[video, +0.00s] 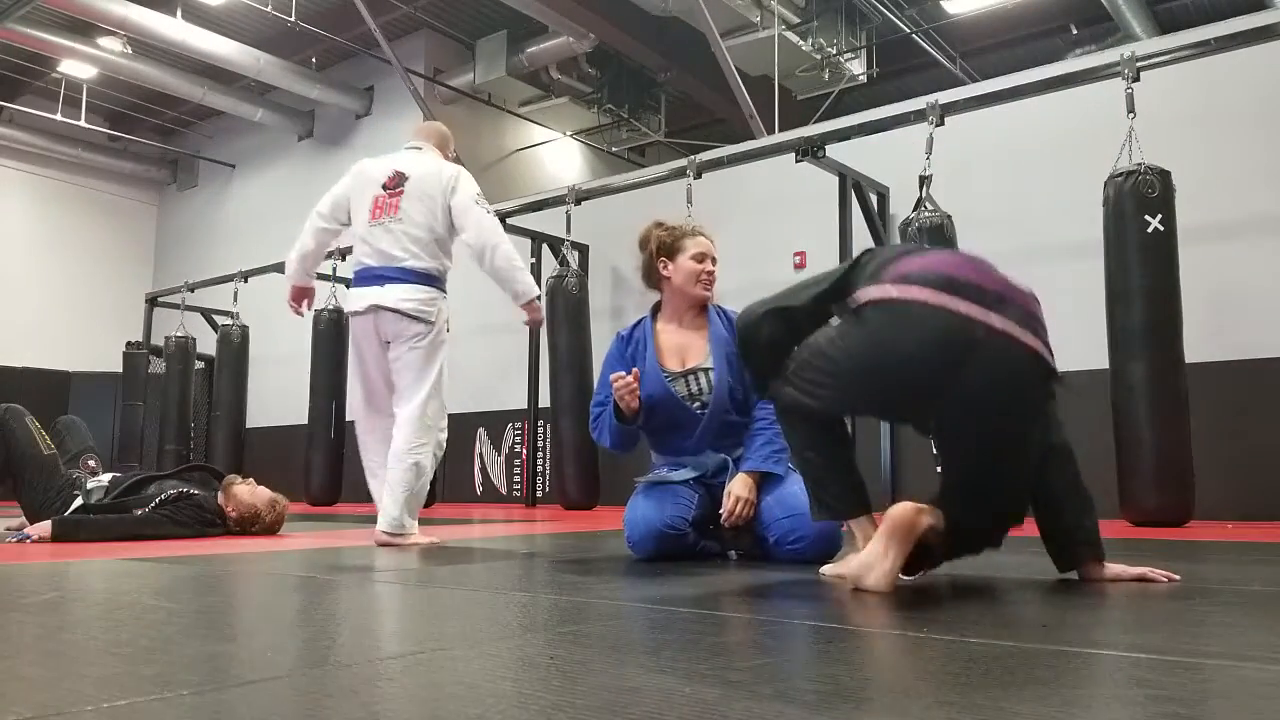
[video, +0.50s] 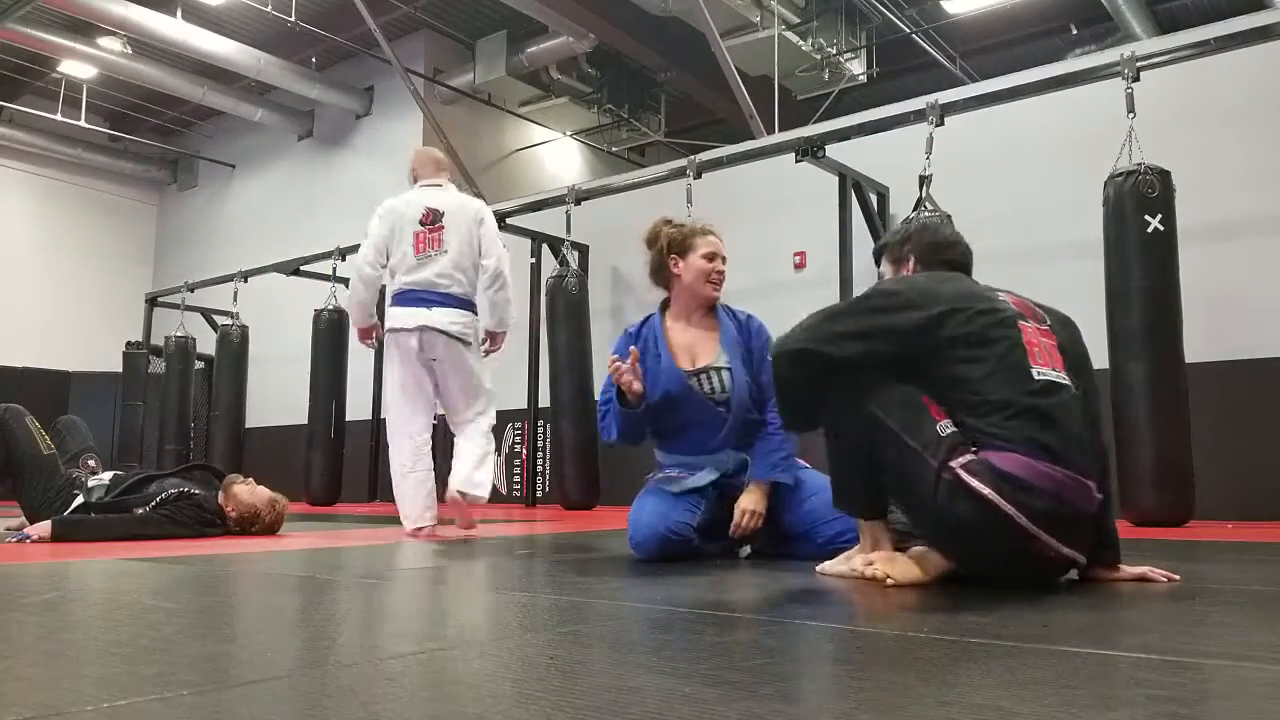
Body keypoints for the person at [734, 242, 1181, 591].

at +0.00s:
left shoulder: (877, 266)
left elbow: (761, 322)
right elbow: (1052, 453)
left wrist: (783, 394)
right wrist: (1088, 561)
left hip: (905, 335)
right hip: (1009, 366)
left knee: (798, 391)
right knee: (979, 521)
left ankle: (865, 543)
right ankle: (916, 526)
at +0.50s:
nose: (884, 287)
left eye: (885, 276)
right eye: (882, 278)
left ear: (909, 267)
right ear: (965, 267)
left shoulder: (919, 294)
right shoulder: (1051, 317)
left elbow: (794, 353)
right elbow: (1090, 439)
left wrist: (809, 425)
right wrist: (1104, 557)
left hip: (988, 519)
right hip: (1062, 548)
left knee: (851, 384)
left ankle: (875, 547)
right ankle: (933, 552)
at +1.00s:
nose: (928, 252)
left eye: (931, 237)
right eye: (930, 238)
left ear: (950, 242)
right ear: (1013, 243)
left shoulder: (935, 298)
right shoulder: (1068, 305)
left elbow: (784, 360)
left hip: (993, 553)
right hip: (1076, 556)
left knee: (836, 379)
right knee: (942, 405)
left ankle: (836, 520)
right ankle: (931, 556)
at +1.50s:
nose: (881, 267)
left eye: (882, 254)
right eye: (880, 254)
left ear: (902, 257)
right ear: (961, 254)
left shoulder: (906, 309)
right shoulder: (1015, 306)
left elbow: (770, 386)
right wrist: (828, 473)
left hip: (991, 545)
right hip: (1070, 551)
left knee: (823, 400)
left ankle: (840, 540)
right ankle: (931, 555)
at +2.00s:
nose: (901, 270)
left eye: (904, 256)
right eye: (901, 258)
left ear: (929, 255)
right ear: (984, 258)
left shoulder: (931, 300)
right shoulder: (1023, 306)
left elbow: (788, 367)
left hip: (991, 538)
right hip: (1069, 551)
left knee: (835, 388)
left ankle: (841, 537)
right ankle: (929, 550)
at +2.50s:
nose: (946, 275)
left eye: (949, 263)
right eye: (947, 264)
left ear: (974, 256)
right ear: (1034, 266)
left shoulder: (961, 298)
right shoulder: (1092, 327)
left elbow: (812, 344)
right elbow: (1143, 446)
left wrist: (824, 406)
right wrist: (1136, 535)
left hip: (982, 536)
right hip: (1071, 559)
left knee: (854, 391)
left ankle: (843, 539)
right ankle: (928, 552)